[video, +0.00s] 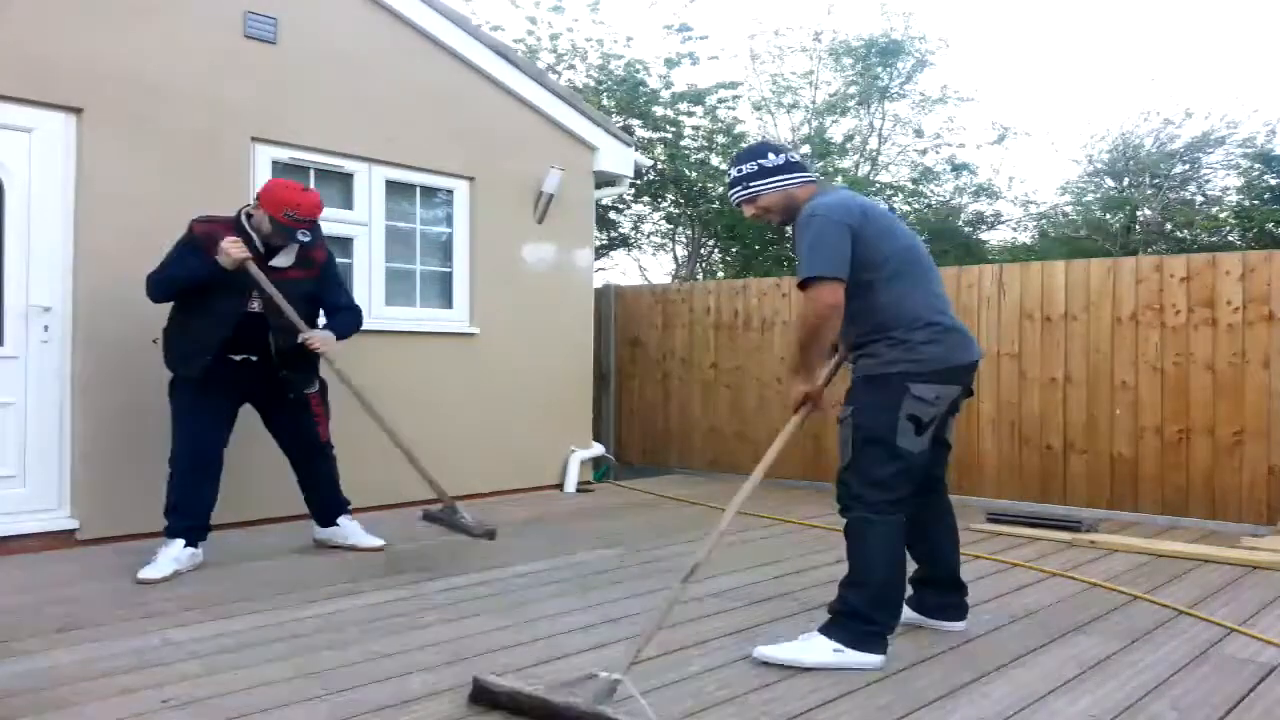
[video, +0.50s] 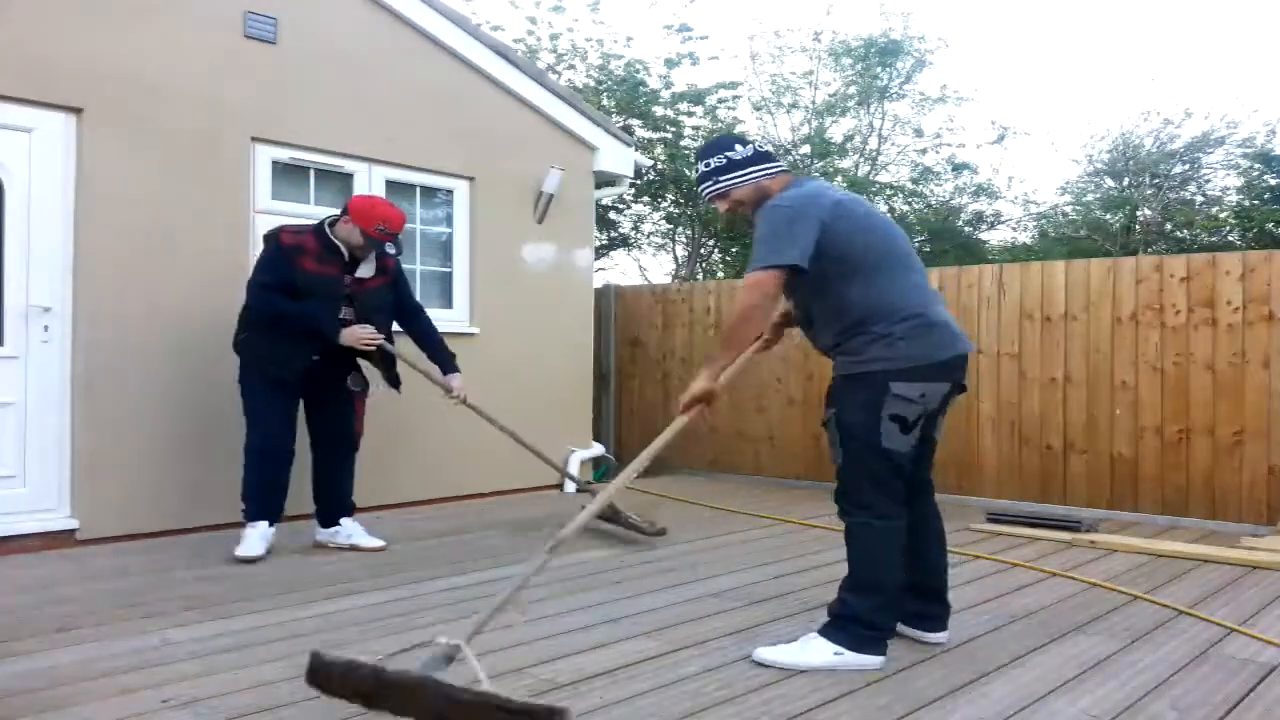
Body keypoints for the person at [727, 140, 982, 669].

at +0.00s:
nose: (750, 214)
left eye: (750, 200)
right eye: (743, 205)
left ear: (776, 183)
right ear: (795, 177)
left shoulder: (822, 213)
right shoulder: (852, 206)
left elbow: (826, 303)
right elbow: (861, 308)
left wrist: (804, 375)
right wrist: (820, 377)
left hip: (902, 366)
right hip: (942, 360)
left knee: (869, 496)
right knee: (922, 487)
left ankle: (858, 634)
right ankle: (941, 602)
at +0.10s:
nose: (738, 220)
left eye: (736, 207)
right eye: (732, 212)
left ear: (760, 190)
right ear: (777, 182)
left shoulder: (812, 215)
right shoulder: (839, 209)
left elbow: (808, 302)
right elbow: (843, 305)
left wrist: (781, 371)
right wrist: (812, 357)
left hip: (901, 366)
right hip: (945, 360)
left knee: (861, 496)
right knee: (921, 488)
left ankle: (857, 635)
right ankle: (941, 603)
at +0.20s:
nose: (727, 224)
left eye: (725, 210)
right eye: (720, 217)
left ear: (750, 192)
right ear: (757, 188)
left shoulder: (801, 215)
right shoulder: (828, 212)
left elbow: (793, 313)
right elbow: (840, 318)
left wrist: (754, 388)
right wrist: (791, 354)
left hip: (897, 366)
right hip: (944, 359)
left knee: (855, 497)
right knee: (920, 488)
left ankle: (857, 635)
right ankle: (939, 604)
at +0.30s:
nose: (724, 223)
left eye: (722, 210)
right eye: (717, 216)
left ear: (745, 192)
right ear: (761, 186)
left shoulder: (794, 216)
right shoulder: (824, 216)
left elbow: (765, 313)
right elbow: (807, 326)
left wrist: (726, 389)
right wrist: (756, 367)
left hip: (893, 365)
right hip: (943, 356)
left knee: (856, 497)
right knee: (918, 487)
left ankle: (857, 635)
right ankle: (931, 606)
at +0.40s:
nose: (722, 220)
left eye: (720, 206)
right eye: (715, 212)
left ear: (742, 187)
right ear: (763, 178)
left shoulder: (791, 211)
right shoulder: (824, 209)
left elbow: (761, 291)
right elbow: (805, 317)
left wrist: (713, 376)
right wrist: (755, 344)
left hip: (891, 363)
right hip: (939, 356)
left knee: (858, 496)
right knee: (914, 487)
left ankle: (857, 635)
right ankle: (932, 609)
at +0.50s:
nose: (723, 209)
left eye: (721, 195)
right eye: (717, 200)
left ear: (743, 177)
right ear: (764, 167)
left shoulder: (789, 206)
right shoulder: (824, 197)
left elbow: (759, 299)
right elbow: (843, 276)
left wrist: (713, 371)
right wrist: (787, 317)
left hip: (886, 361)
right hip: (932, 355)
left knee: (866, 496)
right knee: (910, 491)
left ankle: (857, 636)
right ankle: (924, 613)